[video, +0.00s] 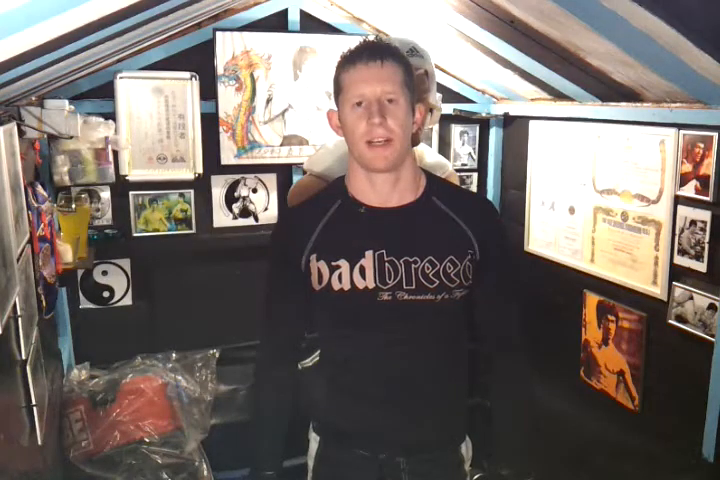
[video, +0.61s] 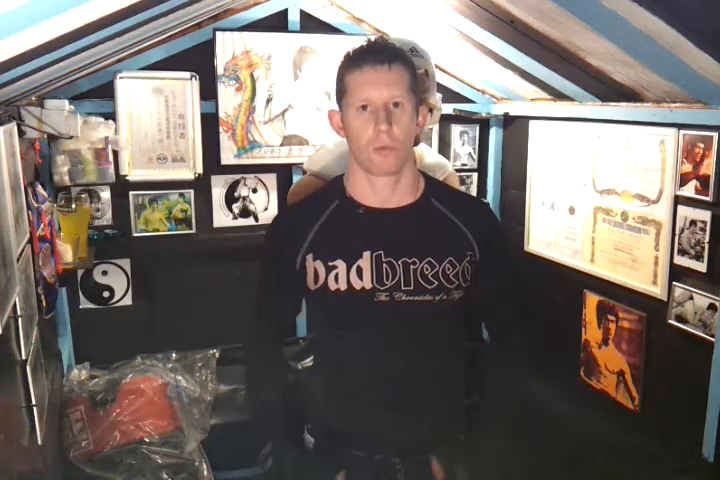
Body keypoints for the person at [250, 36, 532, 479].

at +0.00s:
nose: (376, 118)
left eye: (390, 102)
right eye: (360, 104)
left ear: (417, 117)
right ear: (337, 123)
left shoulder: (476, 222)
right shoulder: (301, 226)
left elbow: (502, 355)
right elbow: (278, 359)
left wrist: (499, 467)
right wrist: (273, 467)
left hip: (440, 459)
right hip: (342, 458)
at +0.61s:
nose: (383, 123)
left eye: (397, 105)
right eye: (365, 108)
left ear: (421, 119)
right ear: (339, 124)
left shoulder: (474, 223)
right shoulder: (299, 226)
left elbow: (510, 350)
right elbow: (266, 350)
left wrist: (473, 457)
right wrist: (288, 455)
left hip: (443, 454)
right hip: (338, 454)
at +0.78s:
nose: (372, 135)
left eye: (386, 114)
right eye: (353, 118)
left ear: (414, 120)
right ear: (330, 129)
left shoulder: (468, 224)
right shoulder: (293, 229)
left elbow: (501, 348)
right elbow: (257, 346)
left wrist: (452, 402)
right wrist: (319, 405)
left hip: (435, 458)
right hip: (334, 457)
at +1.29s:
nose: (321, 148)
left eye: (339, 123)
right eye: (303, 128)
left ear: (376, 127)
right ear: (284, 138)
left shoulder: (464, 237)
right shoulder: (280, 243)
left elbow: (520, 361)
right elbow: (262, 356)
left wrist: (445, 432)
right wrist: (280, 409)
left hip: (440, 466)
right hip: (325, 464)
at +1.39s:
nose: (323, 160)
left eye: (342, 133)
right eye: (304, 136)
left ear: (382, 135)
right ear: (285, 143)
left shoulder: (463, 251)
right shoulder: (298, 236)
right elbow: (270, 344)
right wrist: (254, 412)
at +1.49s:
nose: (326, 166)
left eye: (351, 137)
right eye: (309, 137)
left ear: (395, 143)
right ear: (291, 140)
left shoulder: (467, 270)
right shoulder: (313, 246)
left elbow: (520, 440)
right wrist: (248, 420)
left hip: (440, 465)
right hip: (340, 463)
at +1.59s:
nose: (325, 160)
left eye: (356, 127)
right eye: (313, 126)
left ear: (409, 137)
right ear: (296, 129)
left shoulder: (468, 268)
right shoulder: (337, 240)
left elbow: (496, 458)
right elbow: (350, 377)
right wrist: (261, 393)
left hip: (435, 469)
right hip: (354, 464)